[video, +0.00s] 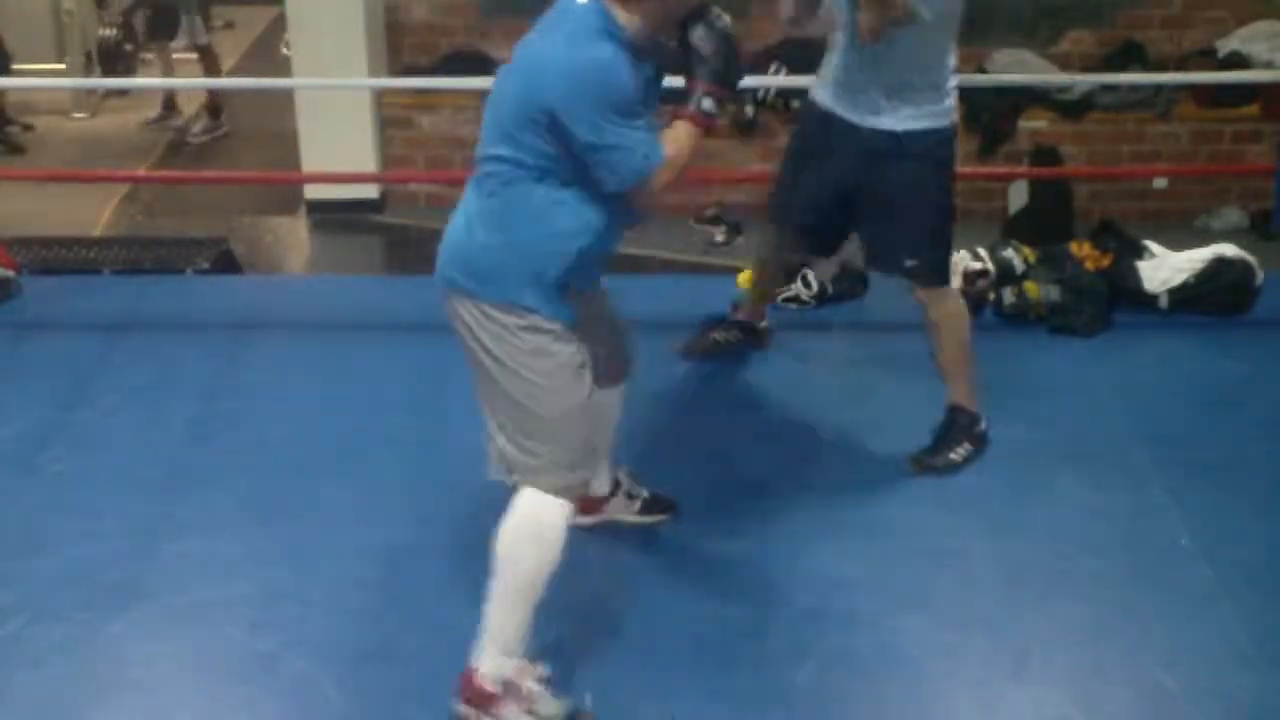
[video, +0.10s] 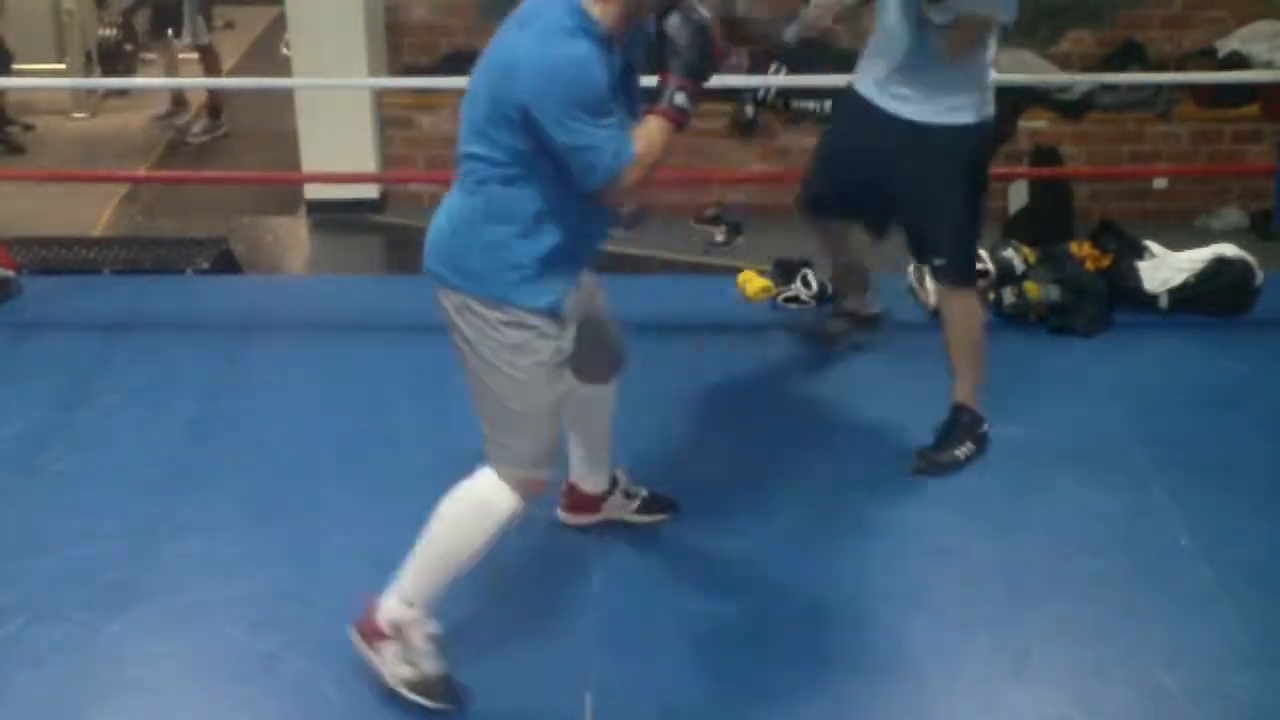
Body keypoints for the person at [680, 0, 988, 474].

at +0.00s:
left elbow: (874, 21)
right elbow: (783, 19)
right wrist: (727, 45)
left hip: (916, 124)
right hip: (835, 108)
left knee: (930, 279)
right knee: (782, 233)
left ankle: (964, 417)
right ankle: (747, 320)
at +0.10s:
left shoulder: (989, 4)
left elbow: (958, 47)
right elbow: (863, 28)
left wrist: (938, 12)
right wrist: (833, 22)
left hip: (952, 117)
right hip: (873, 96)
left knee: (952, 269)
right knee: (821, 206)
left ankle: (967, 418)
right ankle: (855, 302)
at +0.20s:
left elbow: (1054, 17)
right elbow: (881, 17)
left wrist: (1035, 35)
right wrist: (886, 4)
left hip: (981, 111)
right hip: (907, 97)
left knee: (967, 266)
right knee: (873, 207)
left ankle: (970, 418)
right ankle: (949, 261)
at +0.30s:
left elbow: (1079, 14)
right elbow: (923, 13)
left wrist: (1037, 23)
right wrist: (919, 6)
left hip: (1010, 109)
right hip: (944, 100)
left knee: (976, 267)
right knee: (973, 233)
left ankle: (969, 418)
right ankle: (1048, 311)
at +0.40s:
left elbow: (1110, 20)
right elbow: (957, 25)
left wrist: (1055, 26)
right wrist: (934, 11)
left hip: (1039, 109)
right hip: (980, 104)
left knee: (990, 269)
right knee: (1044, 228)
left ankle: (978, 414)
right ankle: (1064, 332)